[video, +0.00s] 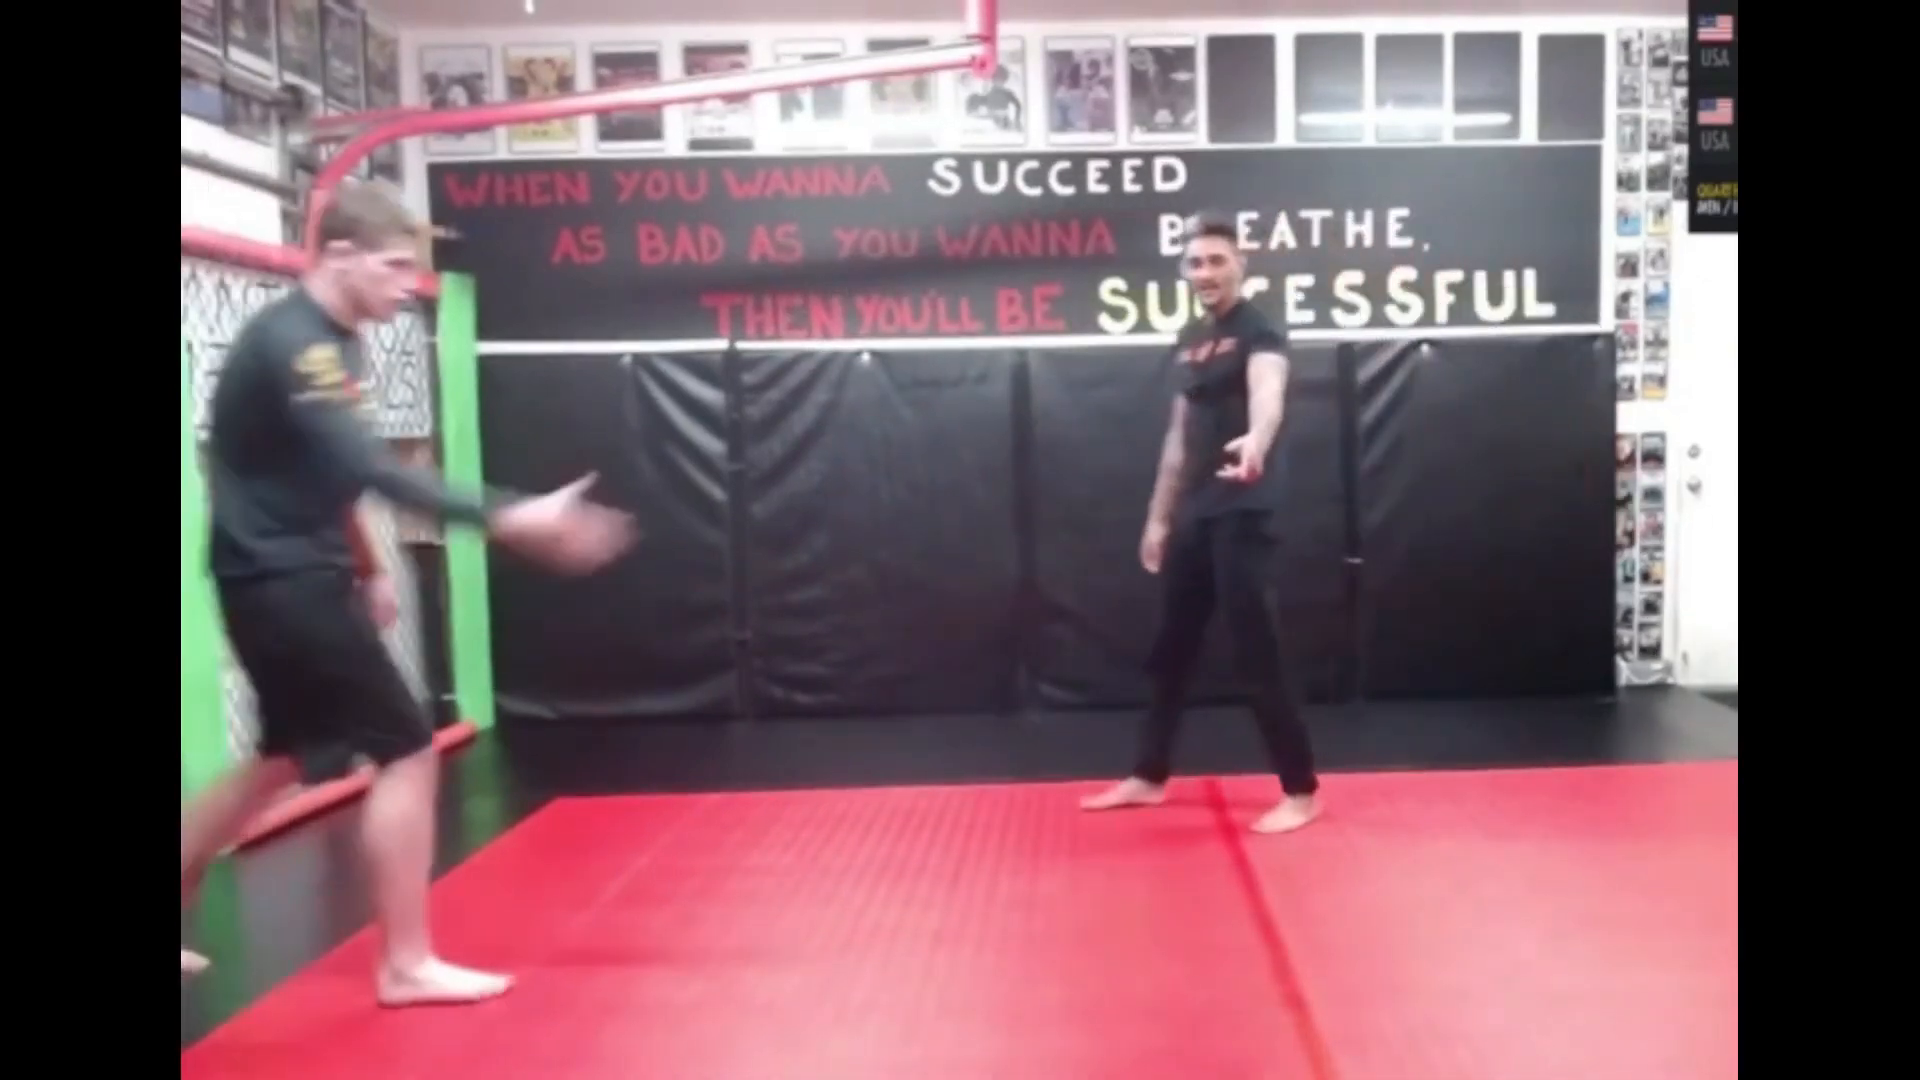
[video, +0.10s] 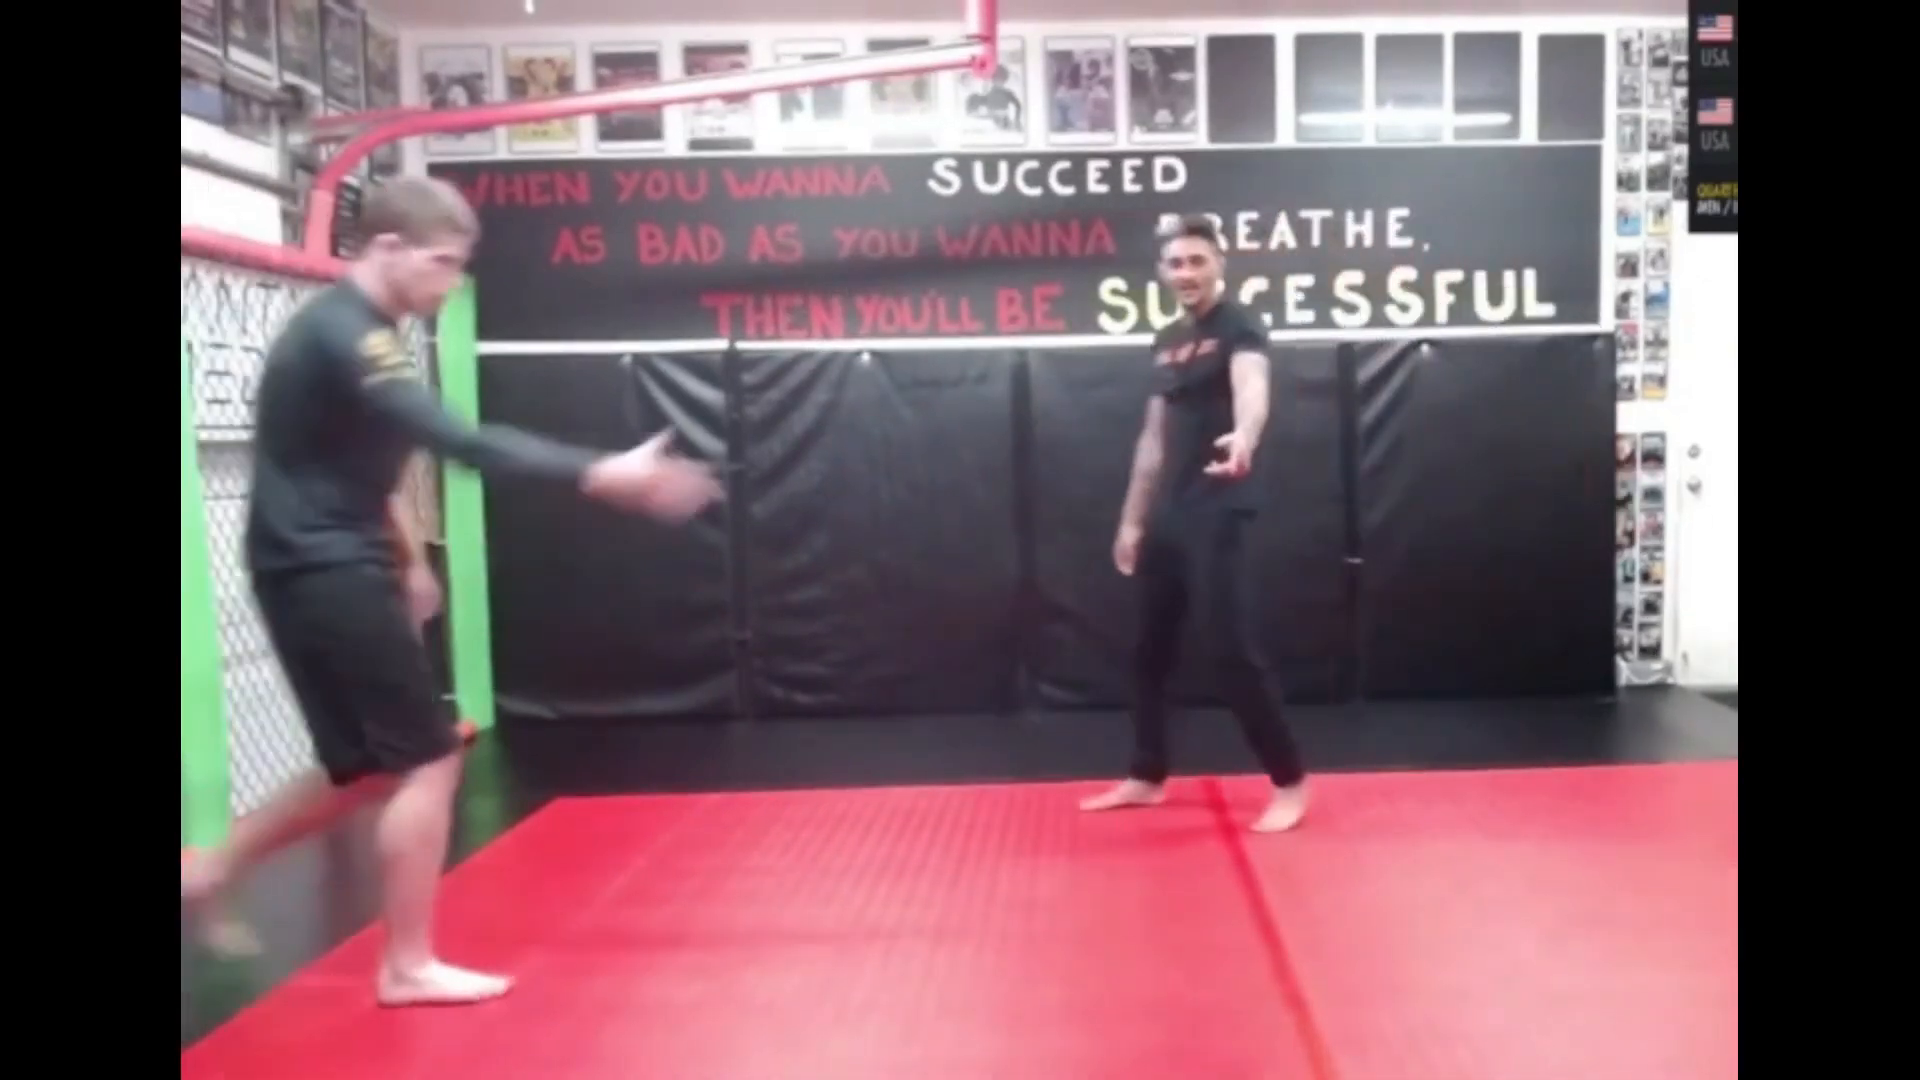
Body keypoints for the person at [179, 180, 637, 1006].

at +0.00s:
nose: (408, 291)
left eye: (412, 275)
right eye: (399, 272)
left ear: (358, 263)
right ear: (344, 258)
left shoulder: (324, 333)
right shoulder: (294, 339)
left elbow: (331, 475)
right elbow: (372, 466)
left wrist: (369, 564)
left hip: (282, 575)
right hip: (282, 578)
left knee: (278, 756)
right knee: (405, 749)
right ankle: (407, 963)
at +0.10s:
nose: (451, 288)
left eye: (457, 271)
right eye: (446, 267)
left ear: (399, 254)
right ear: (391, 249)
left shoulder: (358, 322)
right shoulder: (343, 328)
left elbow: (361, 473)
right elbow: (455, 436)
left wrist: (407, 557)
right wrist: (597, 470)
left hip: (323, 561)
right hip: (323, 563)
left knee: (371, 769)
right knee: (427, 753)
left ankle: (212, 868)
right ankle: (409, 965)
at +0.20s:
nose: (522, 273)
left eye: (527, 256)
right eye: (514, 253)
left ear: (451, 241)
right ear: (456, 237)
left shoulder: (395, 306)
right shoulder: (419, 315)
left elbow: (390, 463)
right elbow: (540, 399)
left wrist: (450, 541)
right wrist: (692, 432)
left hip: (387, 561)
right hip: (385, 567)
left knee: (511, 717)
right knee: (447, 761)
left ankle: (373, 877)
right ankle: (408, 965)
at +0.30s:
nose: (543, 270)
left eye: (548, 253)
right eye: (534, 251)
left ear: (476, 238)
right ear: (478, 234)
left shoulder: (431, 300)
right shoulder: (438, 310)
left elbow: (422, 445)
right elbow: (564, 392)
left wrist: (470, 532)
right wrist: (719, 424)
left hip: (436, 551)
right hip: (399, 558)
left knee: (538, 711)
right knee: (445, 765)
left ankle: (469, 909)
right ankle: (406, 965)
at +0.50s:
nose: (678, 281)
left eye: (681, 265)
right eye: (671, 262)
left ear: (612, 251)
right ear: (619, 247)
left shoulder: (546, 312)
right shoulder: (583, 320)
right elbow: (715, 400)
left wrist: (678, 425)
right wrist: (861, 420)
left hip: (587, 567)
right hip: (561, 572)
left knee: (680, 732)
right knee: (563, 771)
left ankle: (717, 913)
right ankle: (432, 929)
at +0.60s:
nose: (722, 286)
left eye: (725, 269)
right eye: (716, 267)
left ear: (658, 255)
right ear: (666, 251)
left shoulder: (590, 313)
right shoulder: (627, 320)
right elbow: (750, 404)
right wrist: (904, 422)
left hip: (609, 563)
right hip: (600, 568)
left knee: (718, 718)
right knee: (675, 750)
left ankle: (720, 913)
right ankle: (509, 888)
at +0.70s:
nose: (807, 285)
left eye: (812, 269)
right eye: (802, 266)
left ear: (745, 251)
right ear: (753, 248)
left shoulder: (667, 300)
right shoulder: (714, 312)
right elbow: (839, 400)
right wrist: (985, 424)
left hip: (641, 537)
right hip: (676, 539)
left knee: (739, 725)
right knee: (796, 714)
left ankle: (724, 906)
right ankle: (756, 914)